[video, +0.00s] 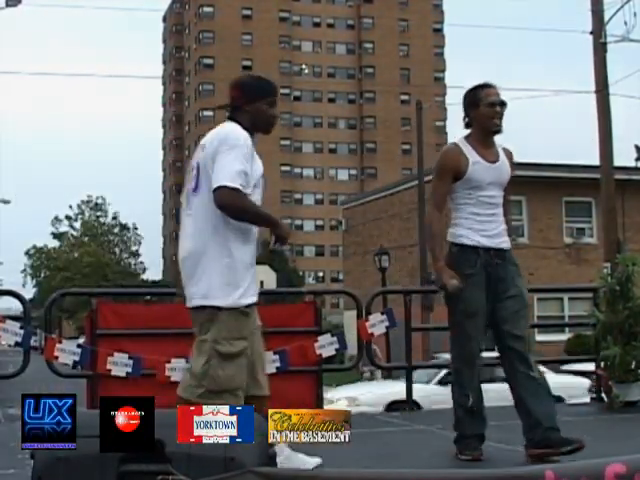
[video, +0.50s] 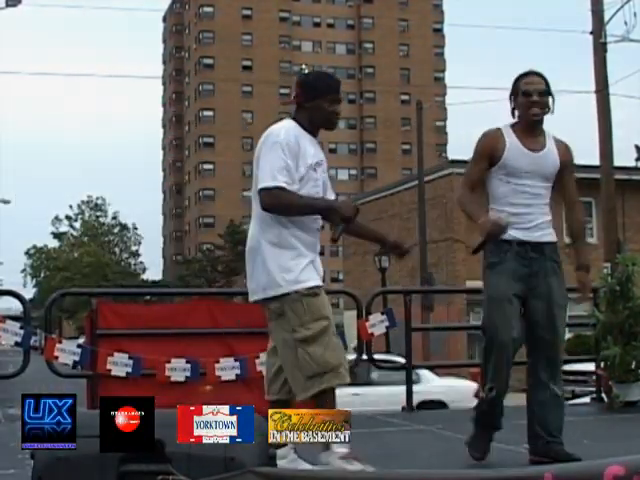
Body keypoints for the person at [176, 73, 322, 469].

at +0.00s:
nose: (275, 113)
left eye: (275, 105)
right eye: (269, 105)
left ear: (241, 107)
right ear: (245, 106)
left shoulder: (219, 140)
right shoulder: (233, 138)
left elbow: (209, 209)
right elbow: (227, 197)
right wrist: (273, 222)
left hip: (228, 284)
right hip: (221, 286)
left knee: (253, 378)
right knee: (211, 385)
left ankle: (267, 448)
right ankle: (191, 462)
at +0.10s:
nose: (291, 114)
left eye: (291, 107)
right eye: (285, 106)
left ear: (263, 107)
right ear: (261, 105)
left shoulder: (253, 142)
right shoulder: (243, 137)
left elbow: (236, 206)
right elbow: (233, 195)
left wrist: (277, 231)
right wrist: (285, 219)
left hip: (252, 279)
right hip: (238, 280)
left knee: (271, 375)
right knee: (235, 376)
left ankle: (279, 449)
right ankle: (203, 453)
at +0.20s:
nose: (303, 119)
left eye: (304, 111)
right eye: (300, 111)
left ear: (277, 108)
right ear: (277, 107)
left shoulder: (265, 142)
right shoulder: (253, 137)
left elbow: (252, 208)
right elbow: (241, 195)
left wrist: (295, 226)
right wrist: (297, 214)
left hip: (268, 276)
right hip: (256, 277)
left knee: (279, 373)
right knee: (272, 370)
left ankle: (268, 451)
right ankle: (223, 447)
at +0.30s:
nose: (316, 115)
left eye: (317, 107)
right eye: (310, 107)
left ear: (295, 105)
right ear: (286, 103)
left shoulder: (283, 145)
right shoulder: (262, 135)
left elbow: (281, 222)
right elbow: (249, 195)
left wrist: (305, 268)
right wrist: (307, 209)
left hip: (281, 267)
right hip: (267, 266)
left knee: (284, 358)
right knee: (301, 351)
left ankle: (269, 448)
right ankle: (274, 447)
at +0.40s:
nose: (326, 110)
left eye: (327, 102)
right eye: (320, 102)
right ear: (293, 101)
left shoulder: (300, 148)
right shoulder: (272, 135)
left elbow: (315, 224)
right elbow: (259, 195)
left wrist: (354, 257)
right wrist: (319, 207)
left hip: (288, 269)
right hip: (279, 269)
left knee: (285, 369)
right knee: (315, 360)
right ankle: (307, 455)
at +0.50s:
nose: (338, 111)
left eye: (338, 104)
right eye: (331, 104)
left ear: (318, 105)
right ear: (305, 102)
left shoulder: (313, 148)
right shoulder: (280, 136)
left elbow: (332, 216)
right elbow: (271, 197)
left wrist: (385, 240)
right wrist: (328, 205)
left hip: (299, 271)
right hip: (283, 271)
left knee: (287, 369)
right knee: (323, 360)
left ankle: (285, 453)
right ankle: (329, 450)